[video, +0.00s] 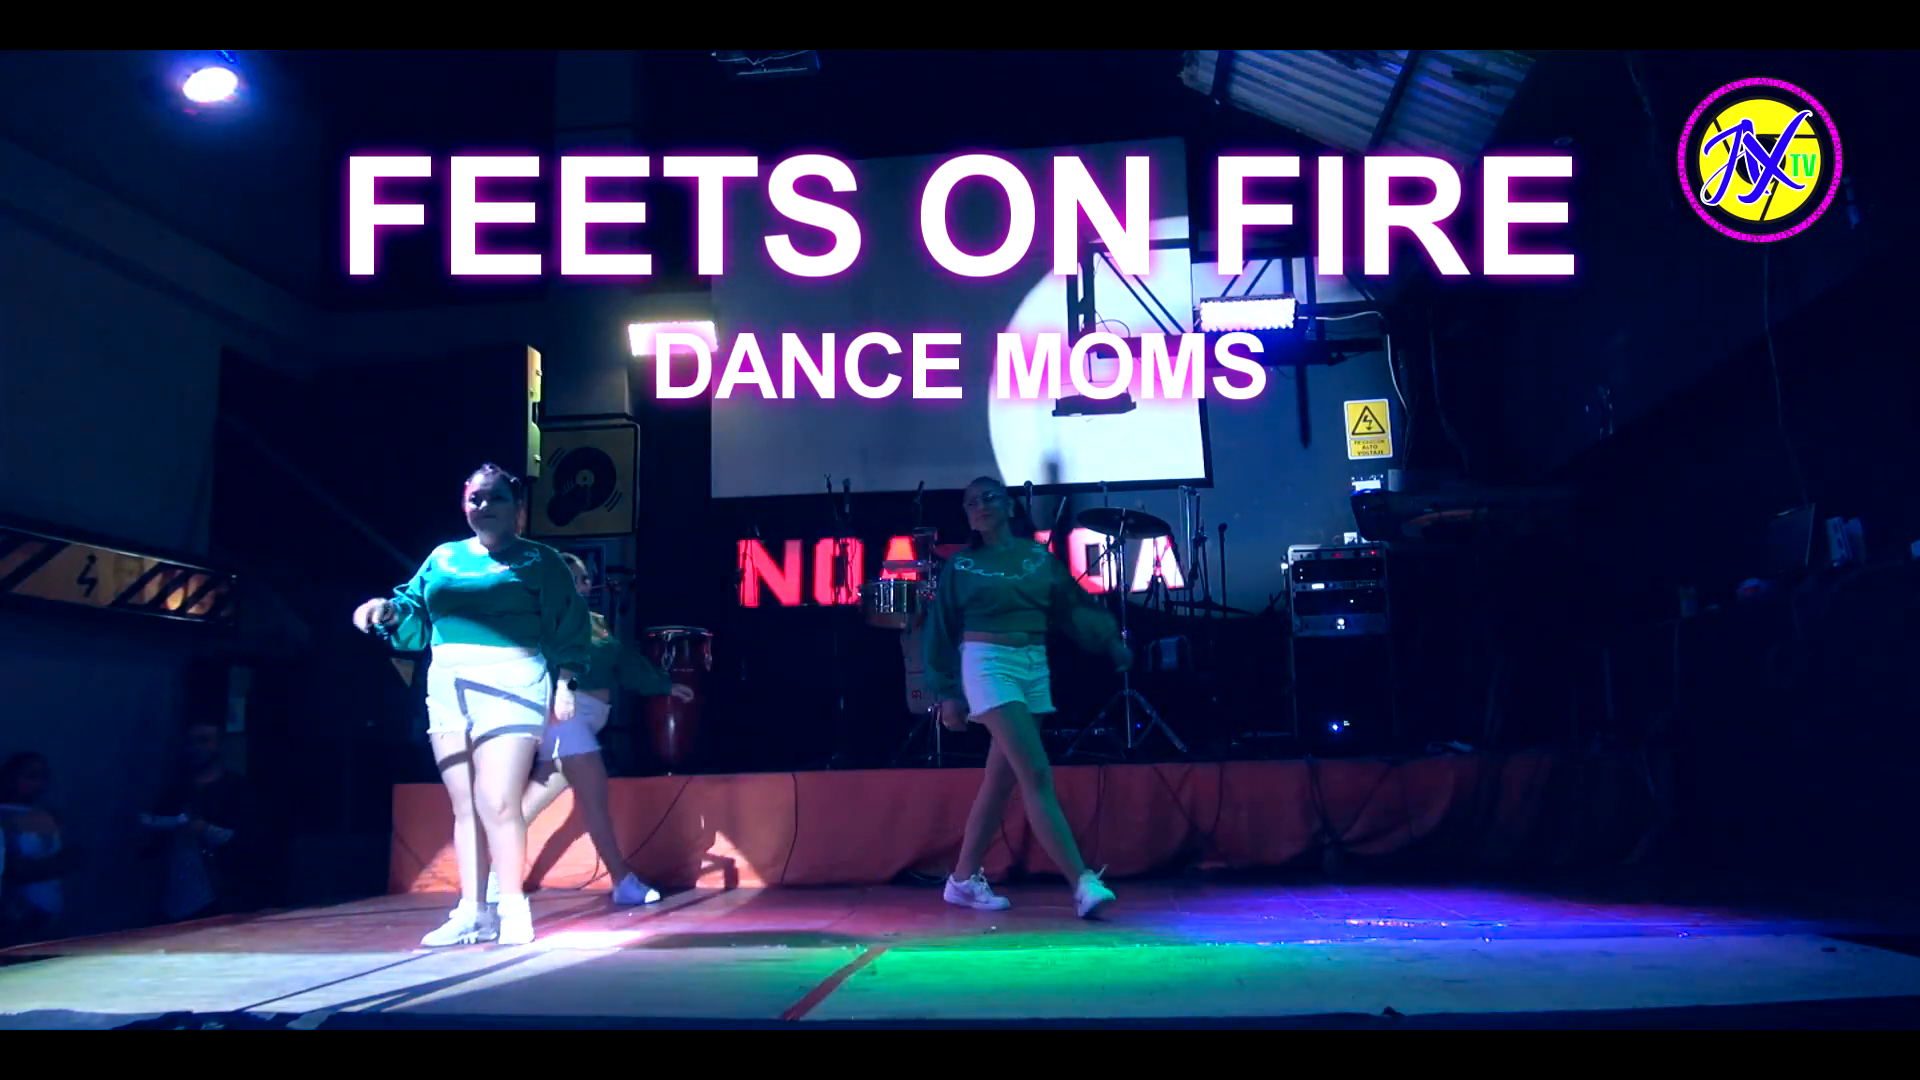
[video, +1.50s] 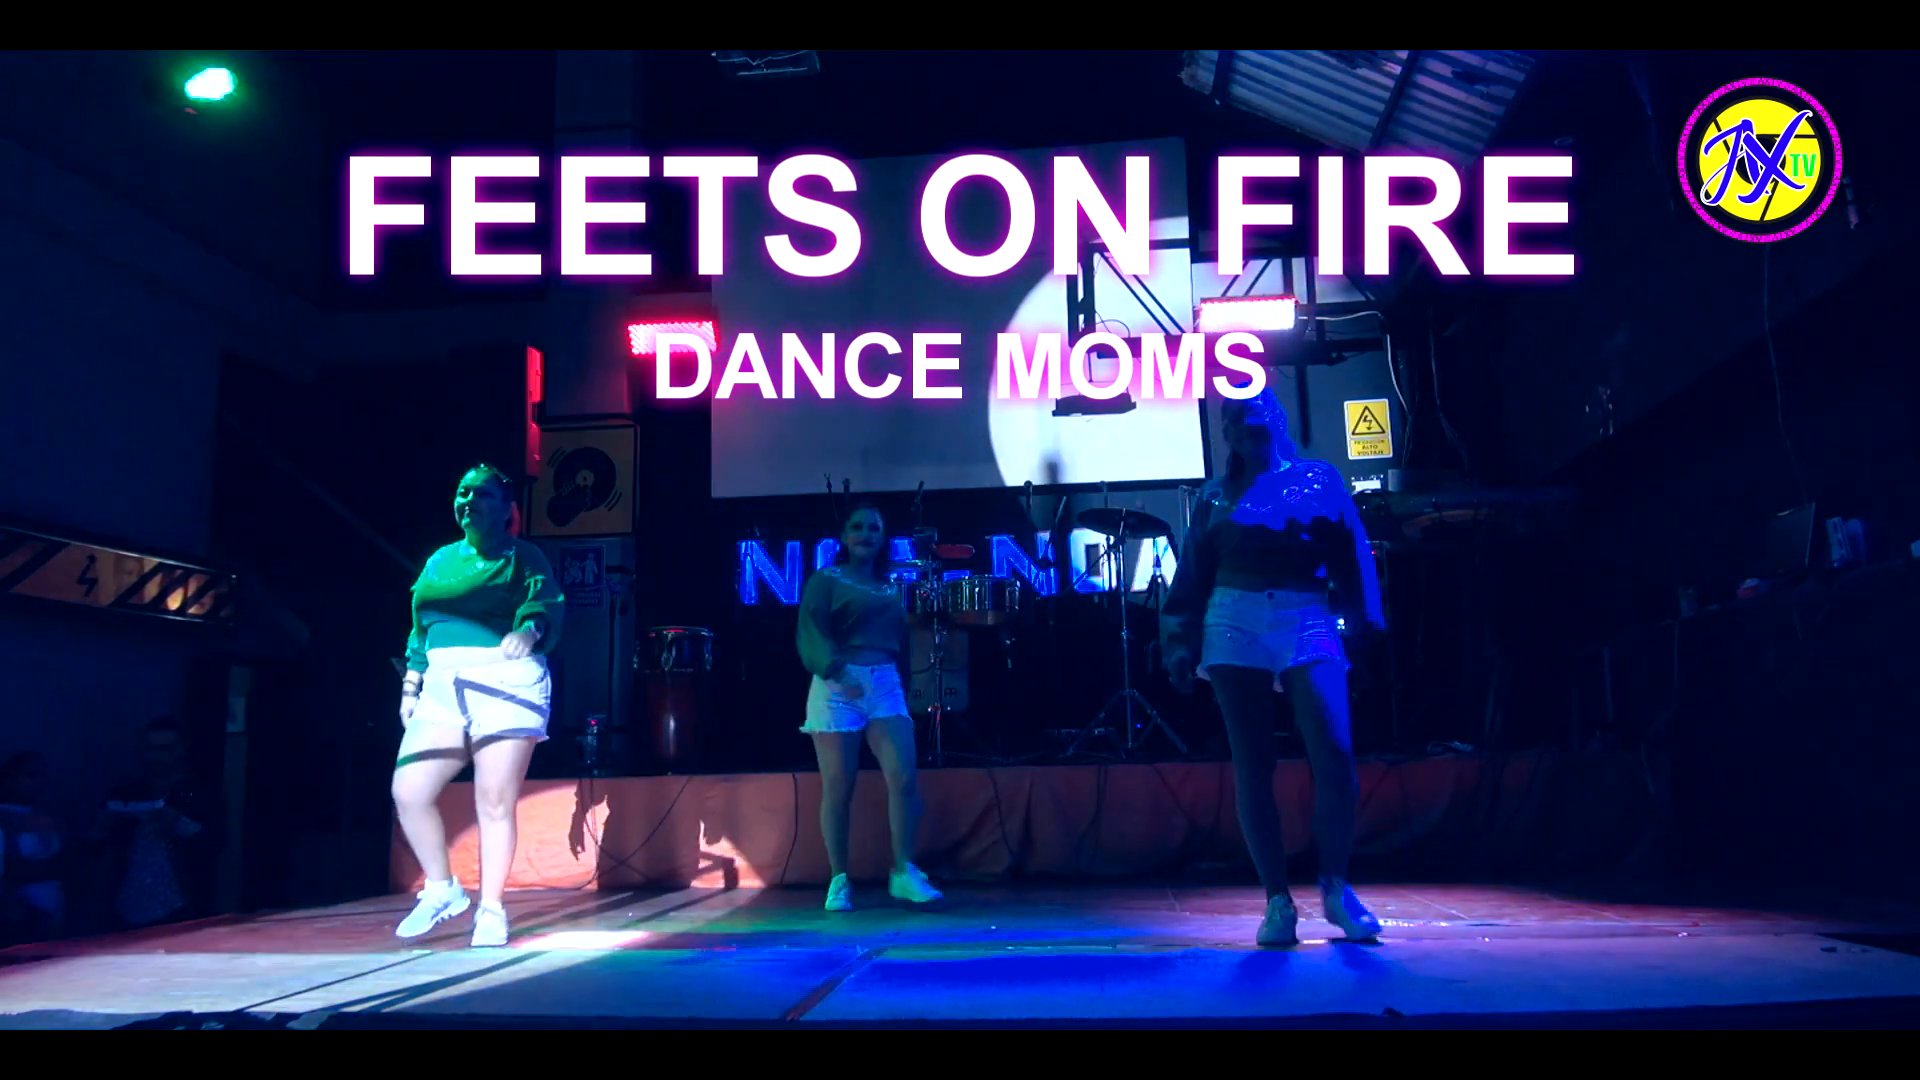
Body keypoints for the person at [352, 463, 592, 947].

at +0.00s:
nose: (480, 504)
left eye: (492, 498)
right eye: (473, 497)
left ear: (517, 508)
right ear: (463, 506)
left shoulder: (541, 563)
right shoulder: (442, 559)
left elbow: (571, 627)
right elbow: (417, 621)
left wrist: (566, 682)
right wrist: (387, 611)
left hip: (512, 688)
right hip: (447, 688)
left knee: (498, 804)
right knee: (465, 806)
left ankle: (514, 909)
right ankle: (471, 912)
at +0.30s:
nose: (487, 509)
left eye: (499, 502)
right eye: (479, 503)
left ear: (520, 510)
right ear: (469, 513)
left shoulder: (544, 564)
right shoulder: (455, 569)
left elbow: (571, 619)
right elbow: (431, 637)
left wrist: (572, 656)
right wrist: (415, 691)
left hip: (525, 689)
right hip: (456, 692)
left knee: (512, 804)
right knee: (426, 791)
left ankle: (514, 909)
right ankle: (458, 890)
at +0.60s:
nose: (488, 510)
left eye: (499, 503)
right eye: (479, 502)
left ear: (513, 511)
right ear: (463, 509)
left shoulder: (530, 561)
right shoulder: (433, 565)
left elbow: (567, 621)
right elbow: (418, 632)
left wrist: (563, 601)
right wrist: (419, 685)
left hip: (521, 685)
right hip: (452, 689)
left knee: (516, 802)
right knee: (450, 810)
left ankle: (515, 910)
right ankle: (460, 913)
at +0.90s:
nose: (474, 509)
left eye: (484, 502)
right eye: (466, 503)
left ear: (505, 511)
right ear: (455, 514)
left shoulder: (524, 570)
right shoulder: (426, 561)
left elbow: (546, 631)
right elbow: (381, 600)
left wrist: (545, 675)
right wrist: (333, 626)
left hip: (500, 683)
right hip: (431, 686)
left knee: (485, 794)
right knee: (439, 804)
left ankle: (500, 900)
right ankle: (456, 913)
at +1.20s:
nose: (467, 504)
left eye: (478, 497)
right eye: (460, 498)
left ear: (506, 509)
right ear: (451, 510)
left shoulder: (525, 559)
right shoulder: (432, 564)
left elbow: (554, 626)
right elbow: (403, 625)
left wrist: (551, 687)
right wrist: (365, 634)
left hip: (495, 684)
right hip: (432, 686)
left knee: (478, 805)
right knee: (439, 807)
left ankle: (489, 912)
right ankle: (457, 912)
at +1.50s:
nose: (467, 501)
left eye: (480, 494)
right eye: (462, 494)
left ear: (506, 509)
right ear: (455, 507)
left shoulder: (525, 558)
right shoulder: (437, 561)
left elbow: (545, 604)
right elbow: (421, 630)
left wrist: (529, 632)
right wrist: (411, 683)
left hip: (507, 686)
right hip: (440, 690)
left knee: (495, 800)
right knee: (410, 793)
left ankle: (491, 909)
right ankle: (441, 890)